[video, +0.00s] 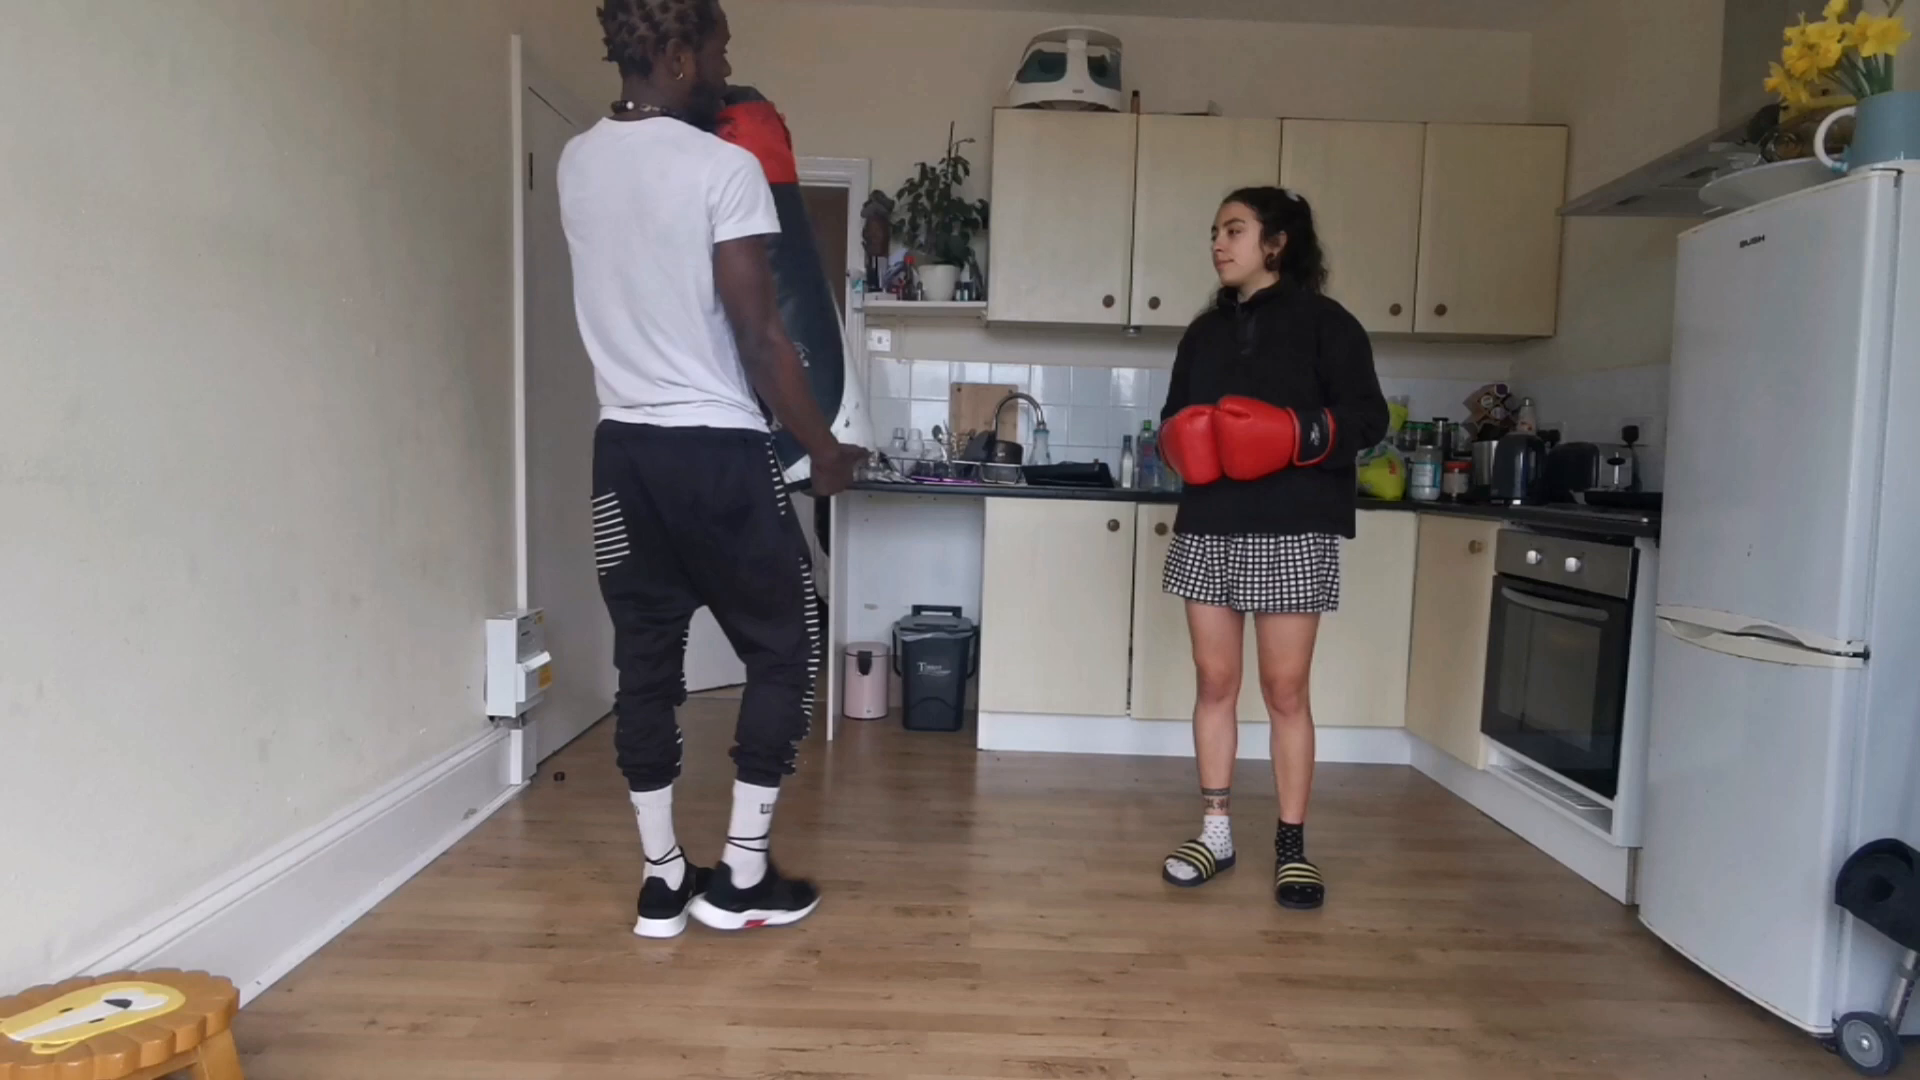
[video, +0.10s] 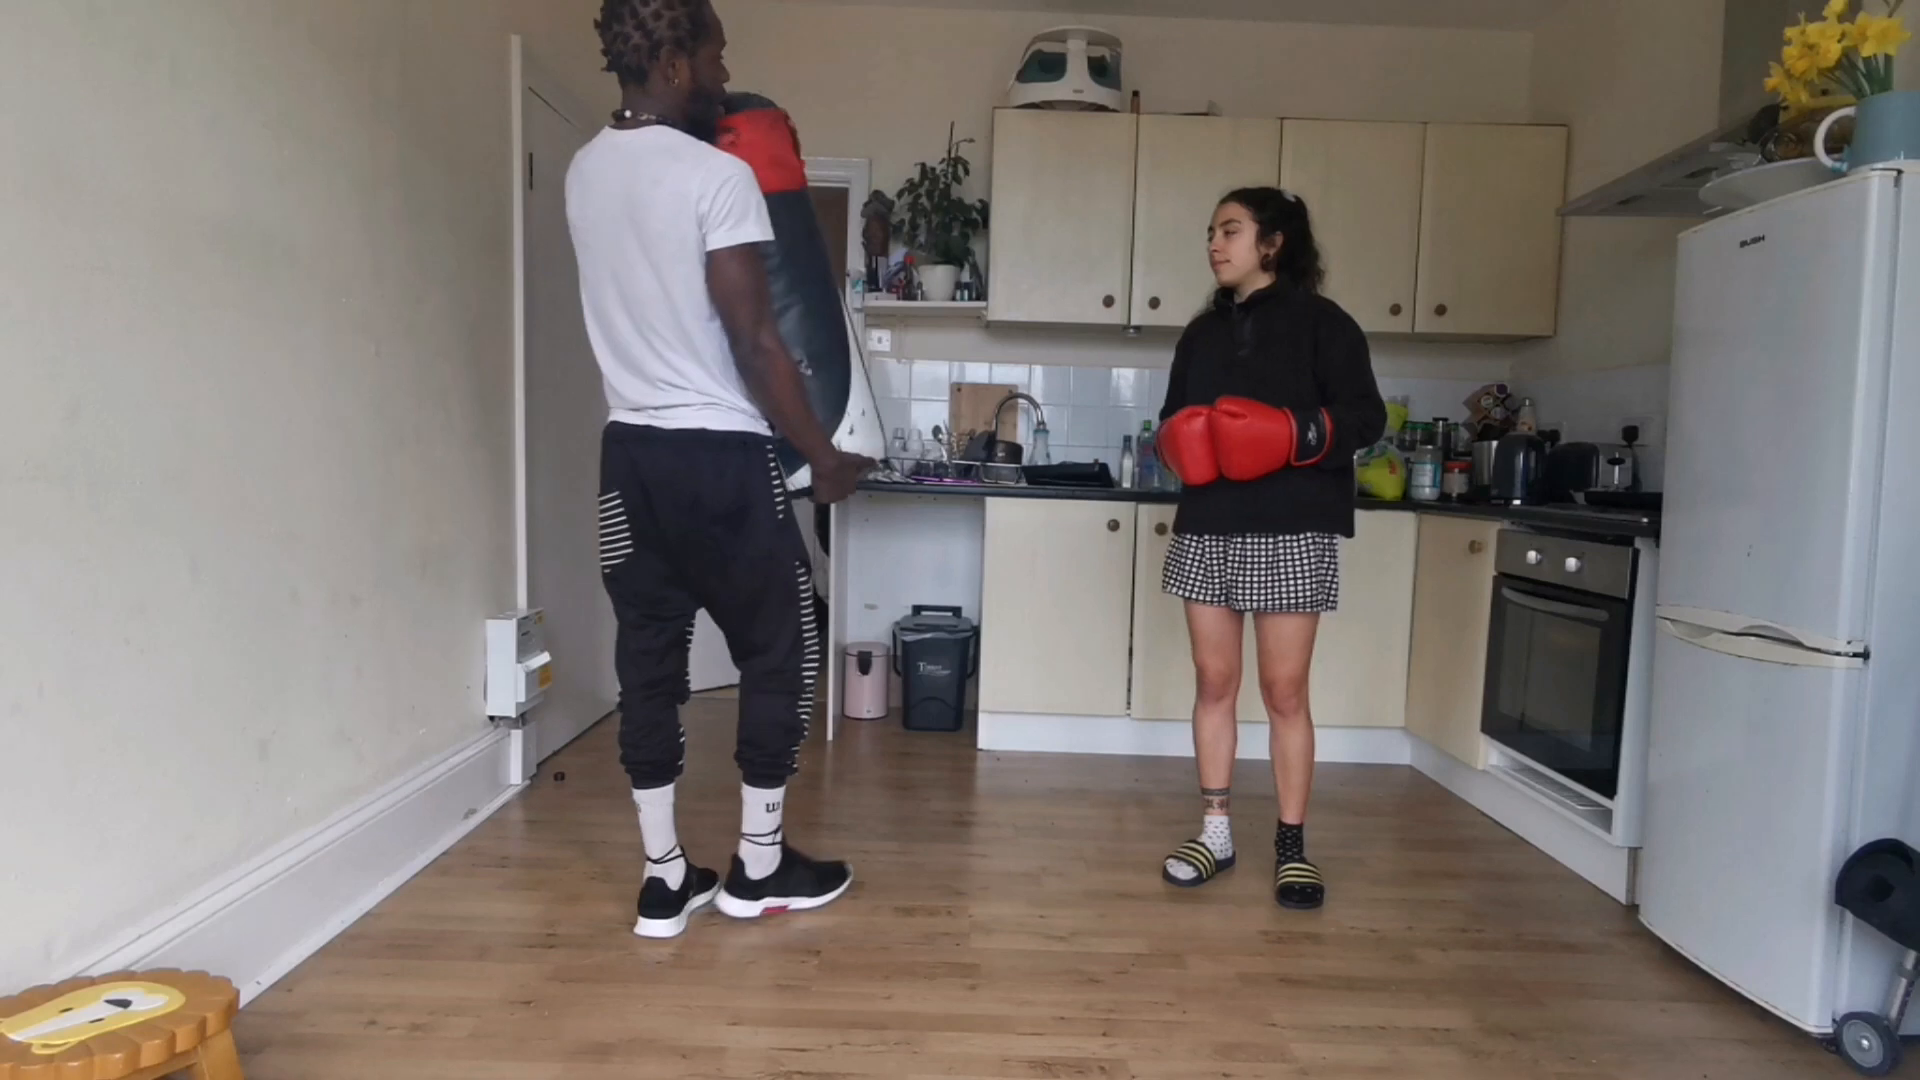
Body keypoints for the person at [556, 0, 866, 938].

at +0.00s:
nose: (721, 69)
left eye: (718, 50)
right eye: (715, 50)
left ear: (625, 54)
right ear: (678, 53)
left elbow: (612, 277)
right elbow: (759, 331)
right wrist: (823, 445)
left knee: (644, 663)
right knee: (782, 650)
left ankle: (662, 878)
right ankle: (745, 874)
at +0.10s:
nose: (724, 76)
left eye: (721, 56)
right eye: (716, 57)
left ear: (632, 63)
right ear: (676, 62)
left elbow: (625, 296)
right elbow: (752, 336)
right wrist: (822, 452)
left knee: (648, 658)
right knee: (778, 647)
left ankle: (664, 873)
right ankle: (762, 862)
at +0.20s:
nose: (726, 93)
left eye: (722, 74)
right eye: (715, 74)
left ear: (636, 84)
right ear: (676, 80)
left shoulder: (606, 188)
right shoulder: (706, 196)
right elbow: (744, 359)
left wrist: (737, 146)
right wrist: (819, 471)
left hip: (652, 455)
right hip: (732, 459)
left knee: (677, 659)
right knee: (769, 656)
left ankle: (667, 870)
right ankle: (762, 854)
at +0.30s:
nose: (734, 99)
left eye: (730, 81)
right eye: (723, 81)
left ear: (650, 94)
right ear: (678, 90)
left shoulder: (625, 193)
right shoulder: (707, 206)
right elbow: (743, 362)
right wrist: (827, 473)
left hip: (670, 461)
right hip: (738, 462)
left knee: (706, 649)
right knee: (771, 656)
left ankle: (671, 850)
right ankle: (761, 860)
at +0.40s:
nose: (739, 101)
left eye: (735, 84)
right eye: (726, 84)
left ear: (659, 101)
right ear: (679, 96)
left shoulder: (636, 194)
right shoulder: (713, 211)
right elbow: (751, 361)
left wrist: (754, 143)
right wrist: (833, 477)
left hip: (686, 453)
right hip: (742, 456)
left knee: (741, 632)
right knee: (768, 644)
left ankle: (678, 811)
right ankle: (760, 860)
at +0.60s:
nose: (724, 105)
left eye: (717, 89)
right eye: (707, 92)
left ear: (655, 115)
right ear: (660, 111)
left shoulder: (649, 203)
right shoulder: (698, 218)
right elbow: (765, 363)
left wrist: (787, 154)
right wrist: (840, 478)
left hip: (713, 448)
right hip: (752, 451)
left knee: (762, 623)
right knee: (778, 635)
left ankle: (718, 799)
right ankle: (759, 861)